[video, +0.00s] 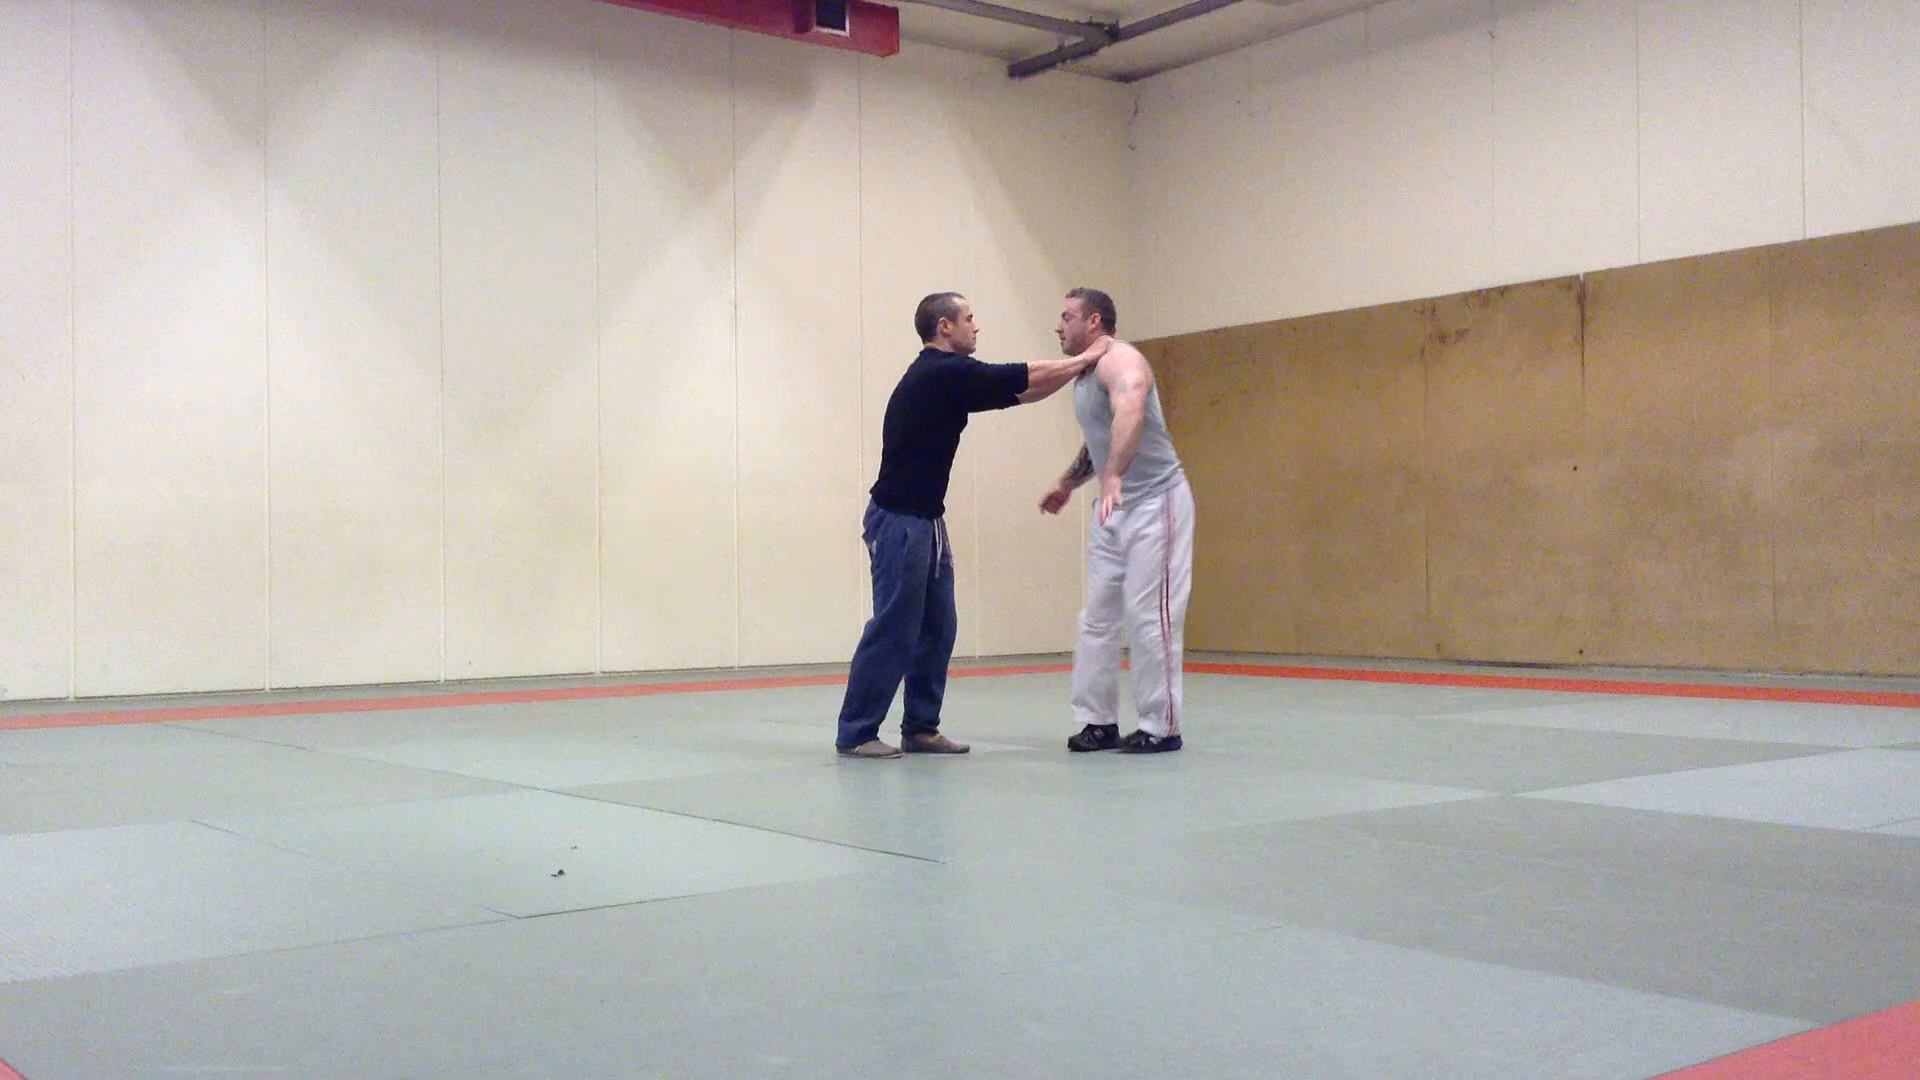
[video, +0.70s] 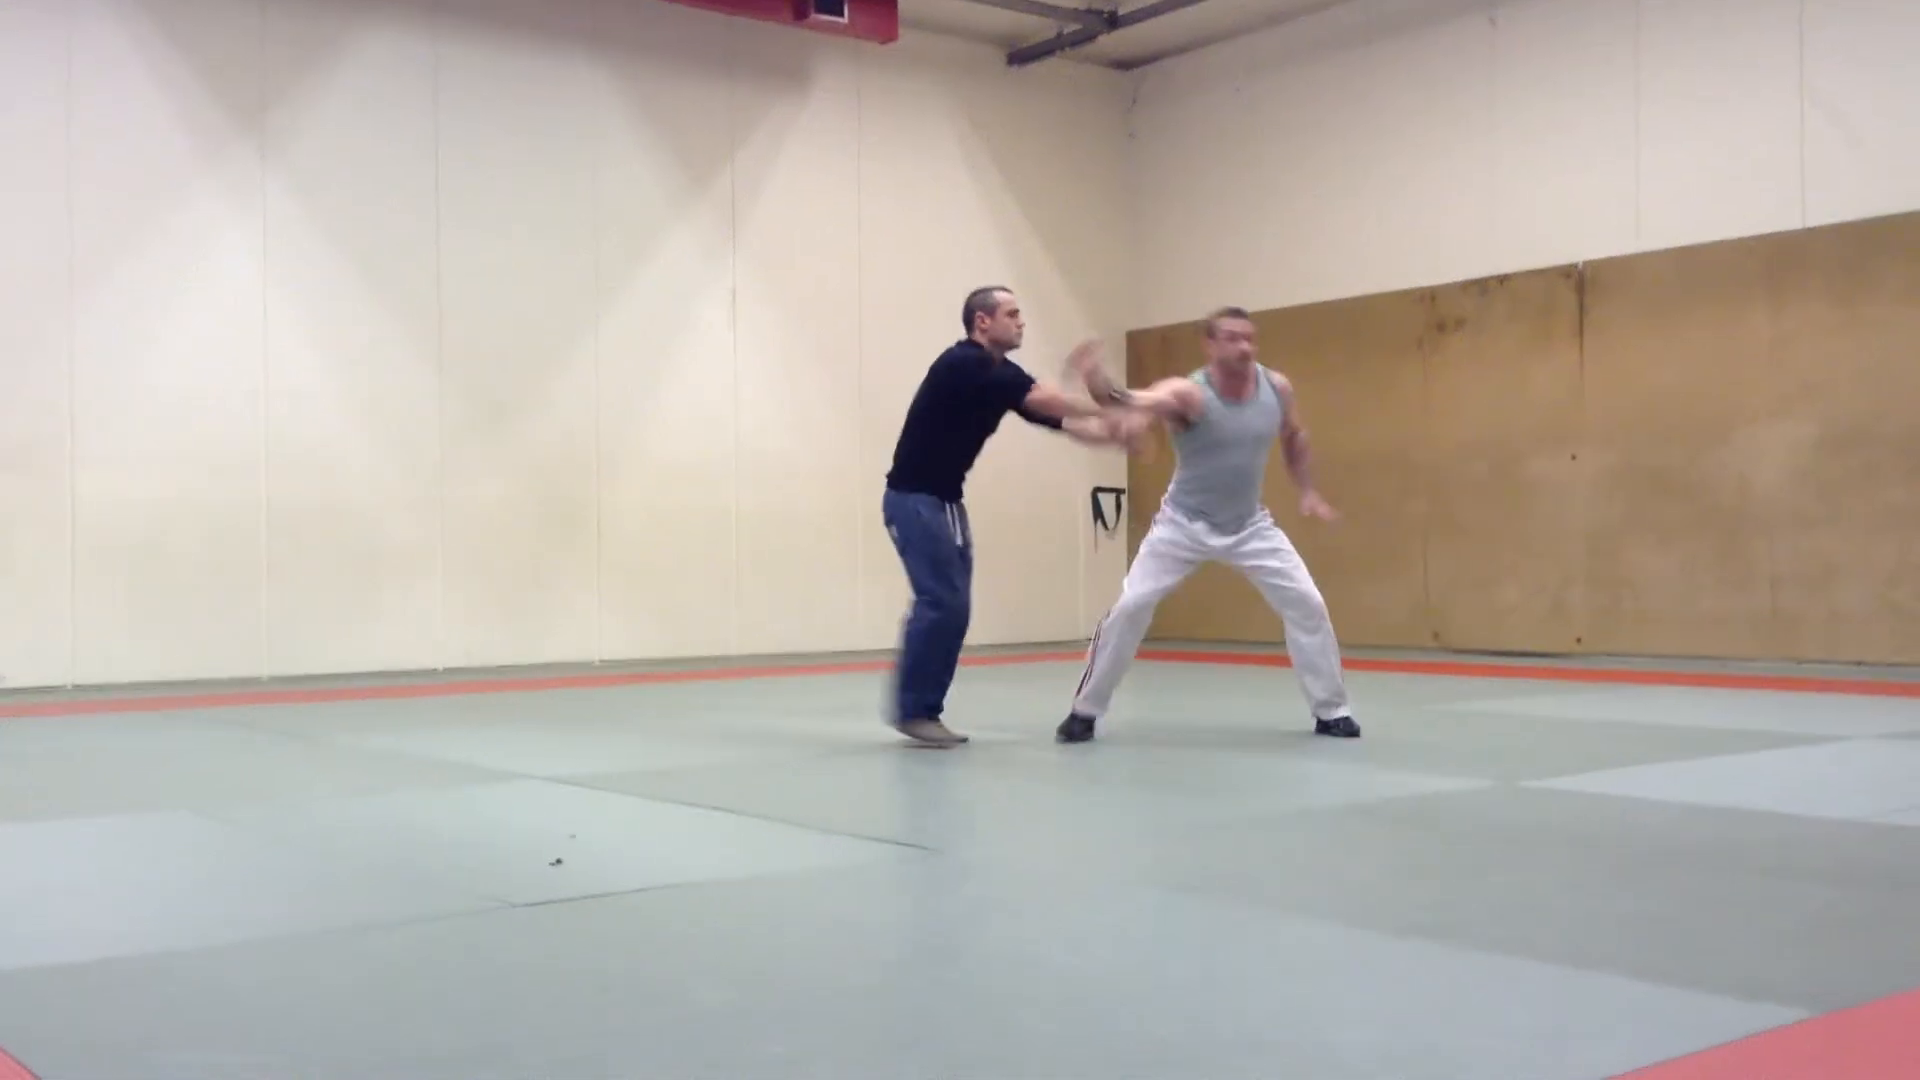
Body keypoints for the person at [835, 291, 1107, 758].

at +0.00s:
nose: (977, 327)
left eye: (974, 318)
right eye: (969, 319)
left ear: (941, 329)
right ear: (944, 327)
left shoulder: (947, 374)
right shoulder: (940, 372)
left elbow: (1022, 393)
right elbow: (1023, 375)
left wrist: (1078, 366)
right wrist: (1084, 358)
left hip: (928, 521)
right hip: (899, 521)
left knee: (937, 628)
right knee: (894, 626)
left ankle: (920, 731)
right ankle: (855, 735)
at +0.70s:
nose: (1021, 321)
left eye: (1020, 314)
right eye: (1012, 315)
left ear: (991, 323)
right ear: (982, 322)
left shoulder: (996, 372)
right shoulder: (970, 362)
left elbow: (1055, 420)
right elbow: (1051, 402)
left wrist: (1116, 429)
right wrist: (1129, 406)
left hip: (944, 502)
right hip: (916, 501)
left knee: (952, 606)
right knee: (941, 602)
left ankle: (922, 711)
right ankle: (913, 712)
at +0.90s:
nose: (1035, 340)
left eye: (1035, 333)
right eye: (1027, 333)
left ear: (1012, 338)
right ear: (996, 338)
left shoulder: (1029, 397)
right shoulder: (954, 387)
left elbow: (1053, 450)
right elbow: (968, 452)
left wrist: (1057, 488)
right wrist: (1015, 487)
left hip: (978, 519)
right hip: (943, 518)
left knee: (981, 619)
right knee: (986, 616)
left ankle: (924, 715)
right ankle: (987, 733)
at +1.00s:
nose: (1047, 346)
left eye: (1046, 338)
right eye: (1037, 338)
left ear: (1018, 344)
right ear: (1007, 343)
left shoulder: (1041, 403)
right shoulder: (962, 394)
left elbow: (1052, 467)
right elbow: (941, 465)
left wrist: (1034, 510)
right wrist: (964, 518)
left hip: (989, 522)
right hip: (950, 521)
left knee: (990, 625)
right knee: (998, 623)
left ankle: (926, 713)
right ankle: (987, 737)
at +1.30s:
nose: (1063, 340)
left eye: (1062, 332)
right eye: (1055, 333)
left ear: (1033, 338)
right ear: (1027, 337)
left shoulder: (1047, 399)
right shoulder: (978, 389)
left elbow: (1058, 466)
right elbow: (949, 460)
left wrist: (1065, 525)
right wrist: (959, 524)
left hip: (989, 519)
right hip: (959, 518)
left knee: (984, 625)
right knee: (1001, 626)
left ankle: (940, 720)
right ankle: (986, 739)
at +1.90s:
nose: (1012, 330)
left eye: (1005, 322)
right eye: (1011, 323)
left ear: (965, 326)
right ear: (1005, 325)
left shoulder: (939, 376)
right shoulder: (1004, 380)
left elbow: (934, 453)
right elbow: (1028, 461)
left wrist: (945, 503)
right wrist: (1058, 515)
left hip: (942, 520)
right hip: (982, 524)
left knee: (959, 622)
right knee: (1004, 626)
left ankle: (937, 726)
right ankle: (987, 738)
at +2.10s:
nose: (971, 331)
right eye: (970, 324)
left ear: (927, 332)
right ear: (969, 326)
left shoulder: (907, 389)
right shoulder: (992, 375)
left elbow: (898, 467)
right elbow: (1030, 443)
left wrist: (911, 517)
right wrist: (1057, 490)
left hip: (942, 527)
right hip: (988, 526)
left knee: (958, 627)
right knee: (1004, 629)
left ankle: (937, 728)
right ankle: (987, 740)